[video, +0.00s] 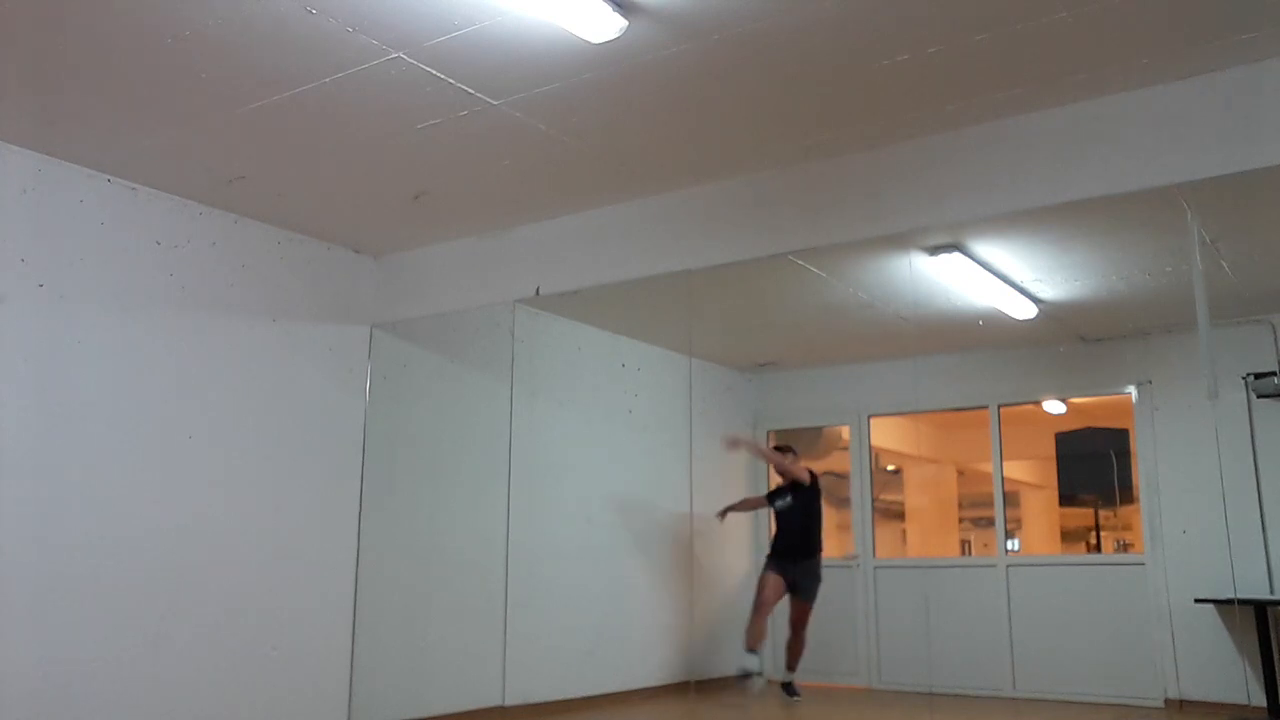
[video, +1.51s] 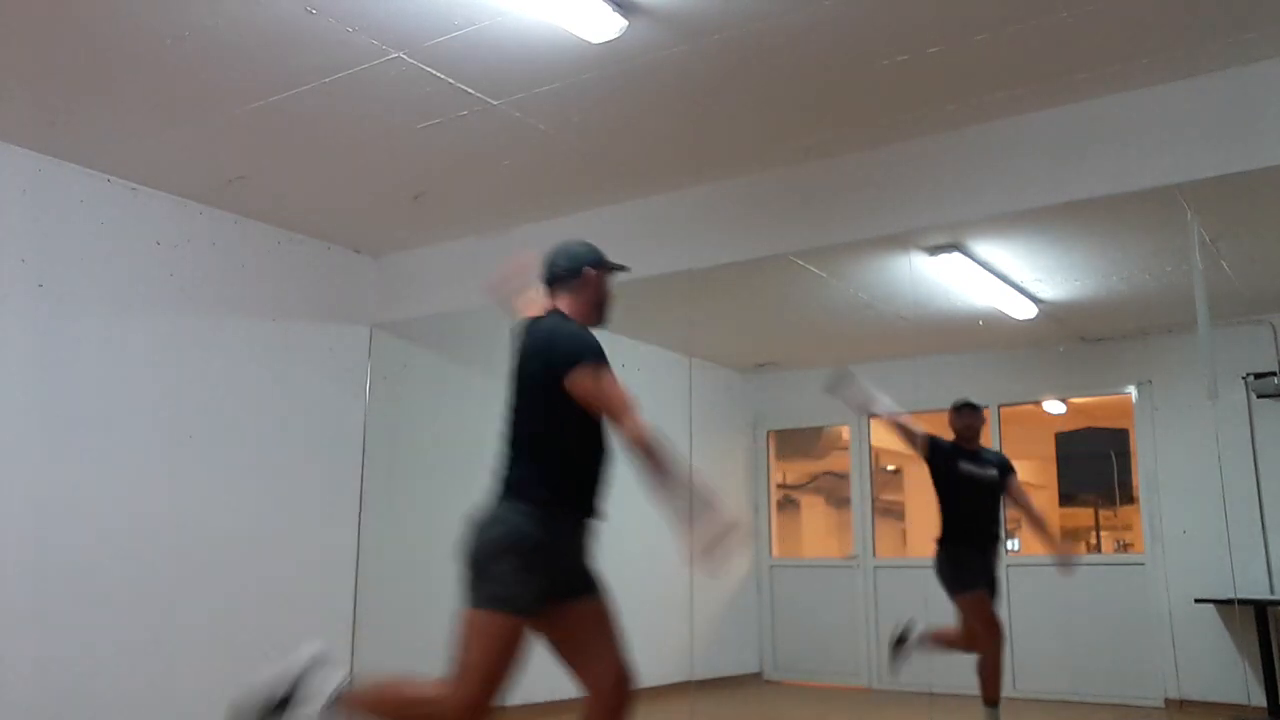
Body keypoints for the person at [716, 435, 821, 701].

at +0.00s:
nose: (778, 466)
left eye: (782, 460)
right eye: (775, 462)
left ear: (795, 460)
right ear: (774, 465)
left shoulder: (810, 481)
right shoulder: (778, 494)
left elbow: (785, 465)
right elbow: (754, 503)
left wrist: (748, 445)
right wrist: (729, 508)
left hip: (806, 563)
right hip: (779, 561)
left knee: (798, 625)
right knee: (762, 603)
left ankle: (789, 679)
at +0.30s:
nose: (790, 465)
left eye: (795, 459)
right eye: (786, 460)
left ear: (804, 460)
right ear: (779, 461)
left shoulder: (816, 491)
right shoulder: (767, 489)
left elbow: (838, 529)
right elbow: (753, 533)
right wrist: (740, 570)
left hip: (804, 565)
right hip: (772, 565)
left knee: (815, 626)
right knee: (776, 628)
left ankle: (793, 672)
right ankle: (771, 685)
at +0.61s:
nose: (809, 445)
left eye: (814, 440)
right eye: (804, 440)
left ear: (822, 443)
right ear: (798, 445)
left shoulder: (837, 476)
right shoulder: (790, 474)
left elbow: (873, 479)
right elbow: (795, 477)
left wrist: (907, 481)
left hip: (827, 561)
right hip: (794, 560)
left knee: (832, 627)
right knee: (788, 626)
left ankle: (819, 696)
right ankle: (777, 679)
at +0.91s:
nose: (841, 421)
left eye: (847, 416)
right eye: (835, 417)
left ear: (859, 423)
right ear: (828, 426)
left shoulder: (869, 454)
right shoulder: (823, 454)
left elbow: (914, 454)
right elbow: (842, 446)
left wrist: (953, 455)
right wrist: (875, 424)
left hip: (860, 545)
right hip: (827, 545)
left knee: (871, 609)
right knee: (829, 620)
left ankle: (883, 683)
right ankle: (832, 692)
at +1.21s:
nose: (902, 441)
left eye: (906, 435)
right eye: (897, 435)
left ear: (914, 438)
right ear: (888, 439)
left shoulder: (930, 471)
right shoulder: (879, 478)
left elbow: (979, 455)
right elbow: (880, 532)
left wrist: (1023, 432)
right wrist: (878, 581)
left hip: (921, 569)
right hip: (887, 570)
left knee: (935, 636)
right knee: (885, 643)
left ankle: (917, 710)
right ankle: (848, 678)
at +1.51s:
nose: (968, 427)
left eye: (973, 421)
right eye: (961, 421)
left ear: (983, 423)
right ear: (951, 424)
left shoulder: (998, 463)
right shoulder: (939, 452)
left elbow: (1026, 506)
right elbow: (900, 425)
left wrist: (1056, 547)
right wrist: (866, 402)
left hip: (984, 557)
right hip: (953, 556)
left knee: (973, 639)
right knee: (991, 636)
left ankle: (912, 639)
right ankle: (992, 712)